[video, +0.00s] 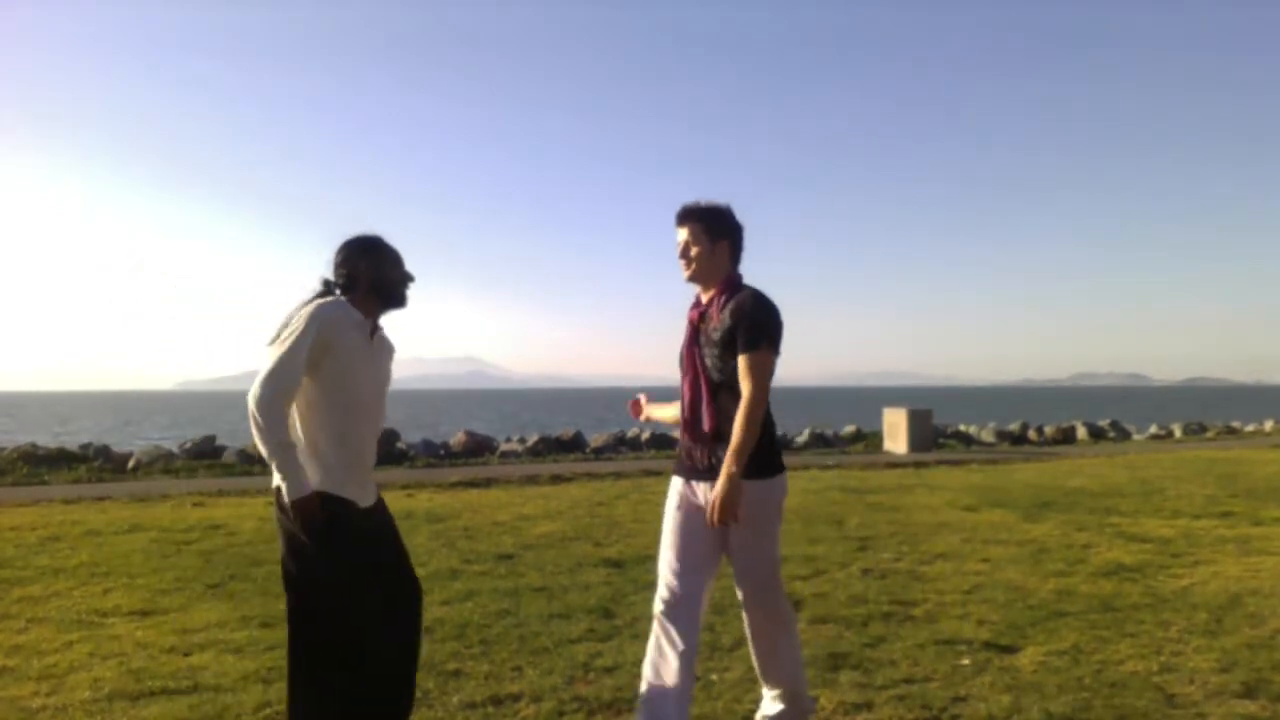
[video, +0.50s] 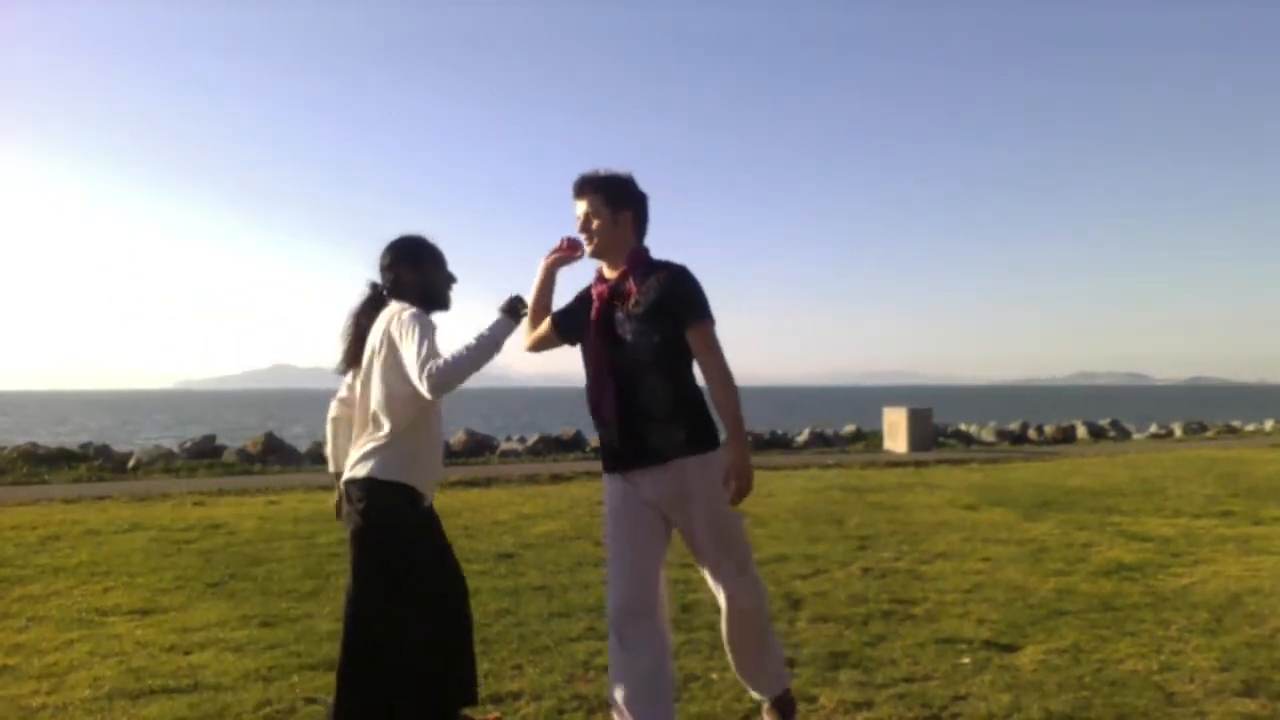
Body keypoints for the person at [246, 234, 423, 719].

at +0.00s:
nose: (408, 276)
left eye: (403, 266)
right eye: (395, 264)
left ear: (370, 274)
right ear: (362, 270)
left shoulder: (380, 346)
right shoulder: (324, 314)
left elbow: (351, 421)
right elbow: (265, 400)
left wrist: (363, 486)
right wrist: (297, 488)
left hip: (366, 509)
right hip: (320, 507)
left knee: (402, 605)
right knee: (331, 636)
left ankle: (387, 711)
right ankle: (326, 712)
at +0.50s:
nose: (450, 274)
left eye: (446, 265)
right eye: (438, 265)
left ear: (397, 277)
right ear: (404, 272)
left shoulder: (381, 324)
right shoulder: (408, 317)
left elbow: (341, 408)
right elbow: (432, 379)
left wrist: (343, 479)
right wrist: (502, 325)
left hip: (365, 488)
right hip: (392, 492)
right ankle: (428, 707)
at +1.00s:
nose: (481, 284)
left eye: (477, 275)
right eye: (470, 276)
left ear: (439, 288)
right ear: (444, 286)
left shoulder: (421, 340)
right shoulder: (452, 339)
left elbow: (405, 415)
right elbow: (524, 365)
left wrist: (438, 455)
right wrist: (544, 295)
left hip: (435, 483)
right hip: (463, 484)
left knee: (457, 608)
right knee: (493, 611)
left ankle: (452, 707)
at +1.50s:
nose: (492, 287)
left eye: (489, 278)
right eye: (480, 280)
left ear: (443, 294)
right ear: (447, 291)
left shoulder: (432, 344)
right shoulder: (474, 349)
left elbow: (413, 409)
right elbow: (550, 371)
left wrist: (448, 451)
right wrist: (552, 310)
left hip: (438, 490)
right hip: (467, 496)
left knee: (458, 616)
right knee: (482, 616)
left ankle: (455, 702)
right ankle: (489, 708)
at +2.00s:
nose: (477, 286)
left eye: (475, 276)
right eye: (468, 276)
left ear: (423, 281)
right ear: (433, 279)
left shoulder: (397, 340)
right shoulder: (442, 342)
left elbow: (384, 409)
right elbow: (526, 373)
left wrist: (462, 436)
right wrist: (531, 325)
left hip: (410, 497)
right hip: (441, 499)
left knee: (450, 639)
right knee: (471, 641)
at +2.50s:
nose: (501, 304)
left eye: (502, 294)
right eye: (497, 293)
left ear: (438, 288)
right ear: (478, 296)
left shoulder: (381, 331)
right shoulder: (478, 362)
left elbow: (314, 375)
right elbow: (523, 424)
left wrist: (280, 412)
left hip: (355, 517)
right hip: (427, 515)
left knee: (357, 644)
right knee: (455, 651)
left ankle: (348, 714)